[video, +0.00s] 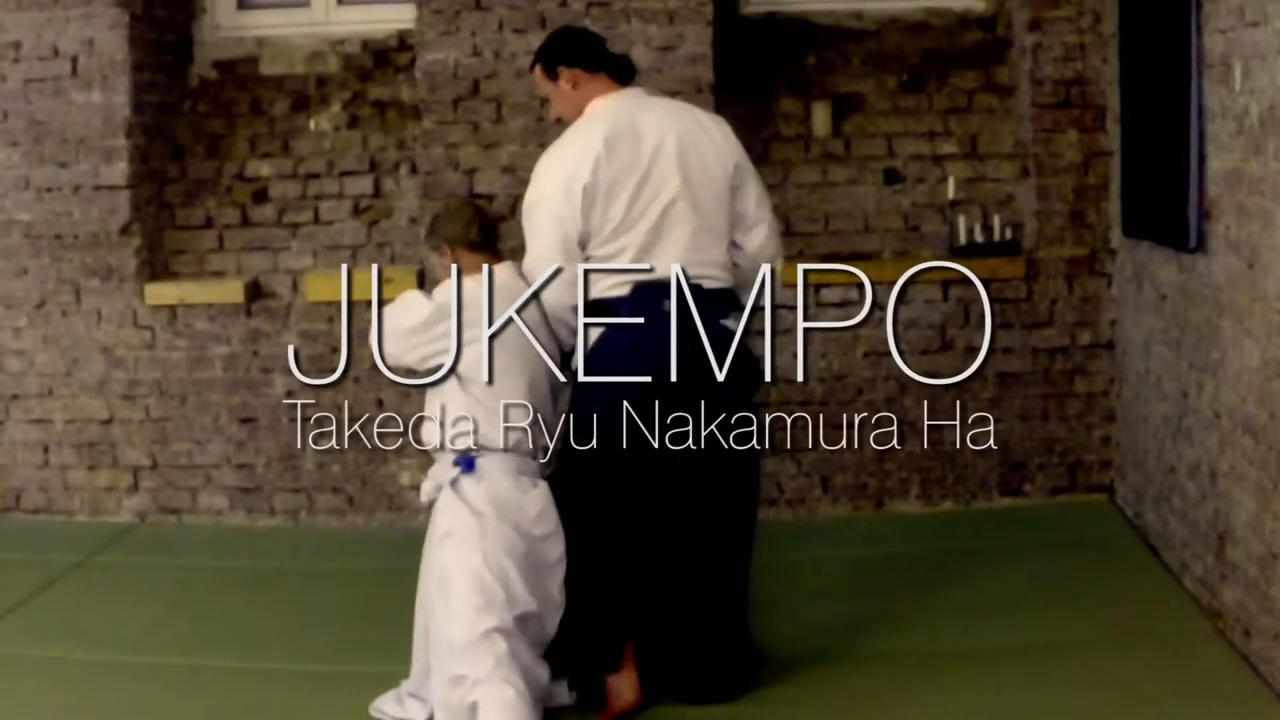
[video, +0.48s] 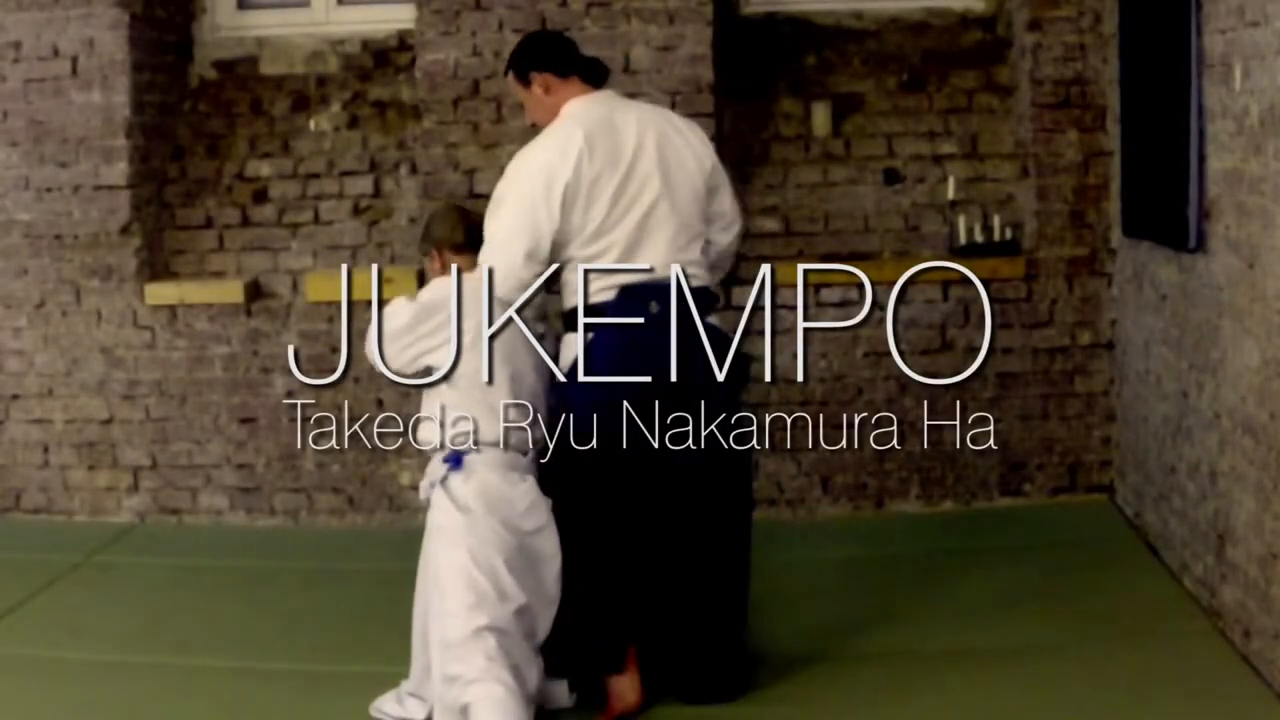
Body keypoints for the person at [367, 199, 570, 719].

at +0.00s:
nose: (439, 268)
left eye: (438, 259)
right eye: (437, 260)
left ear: (449, 256)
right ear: (496, 246)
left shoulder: (463, 299)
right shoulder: (539, 302)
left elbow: (395, 341)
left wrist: (433, 295)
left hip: (476, 493)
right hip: (531, 491)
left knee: (476, 642)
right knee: (520, 638)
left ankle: (497, 707)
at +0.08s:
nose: (435, 269)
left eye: (434, 259)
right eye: (433, 260)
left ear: (446, 256)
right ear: (492, 247)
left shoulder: (461, 298)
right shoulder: (534, 298)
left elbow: (394, 341)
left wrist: (430, 295)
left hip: (476, 486)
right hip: (531, 484)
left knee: (477, 629)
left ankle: (498, 706)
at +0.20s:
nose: (433, 269)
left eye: (432, 260)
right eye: (431, 260)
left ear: (443, 255)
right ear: (490, 247)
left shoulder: (459, 296)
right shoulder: (533, 300)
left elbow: (395, 344)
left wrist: (429, 295)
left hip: (474, 484)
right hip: (529, 483)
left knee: (477, 632)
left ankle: (498, 706)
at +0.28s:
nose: (432, 268)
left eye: (431, 259)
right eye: (431, 260)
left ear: (441, 256)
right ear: (491, 248)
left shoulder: (458, 296)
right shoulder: (531, 300)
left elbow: (393, 343)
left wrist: (428, 294)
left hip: (474, 486)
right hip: (528, 485)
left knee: (477, 633)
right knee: (519, 630)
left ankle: (496, 706)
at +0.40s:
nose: (431, 268)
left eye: (430, 259)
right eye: (430, 259)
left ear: (440, 256)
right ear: (487, 249)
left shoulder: (456, 297)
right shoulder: (527, 316)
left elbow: (393, 344)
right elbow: (543, 398)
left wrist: (427, 294)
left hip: (472, 489)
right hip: (526, 488)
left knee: (475, 639)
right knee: (518, 638)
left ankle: (494, 707)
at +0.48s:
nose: (431, 273)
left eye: (429, 263)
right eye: (429, 264)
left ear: (440, 259)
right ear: (485, 250)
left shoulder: (454, 297)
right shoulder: (524, 310)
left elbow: (386, 346)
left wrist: (422, 298)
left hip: (470, 490)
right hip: (524, 488)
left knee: (471, 641)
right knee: (512, 638)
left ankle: (489, 707)